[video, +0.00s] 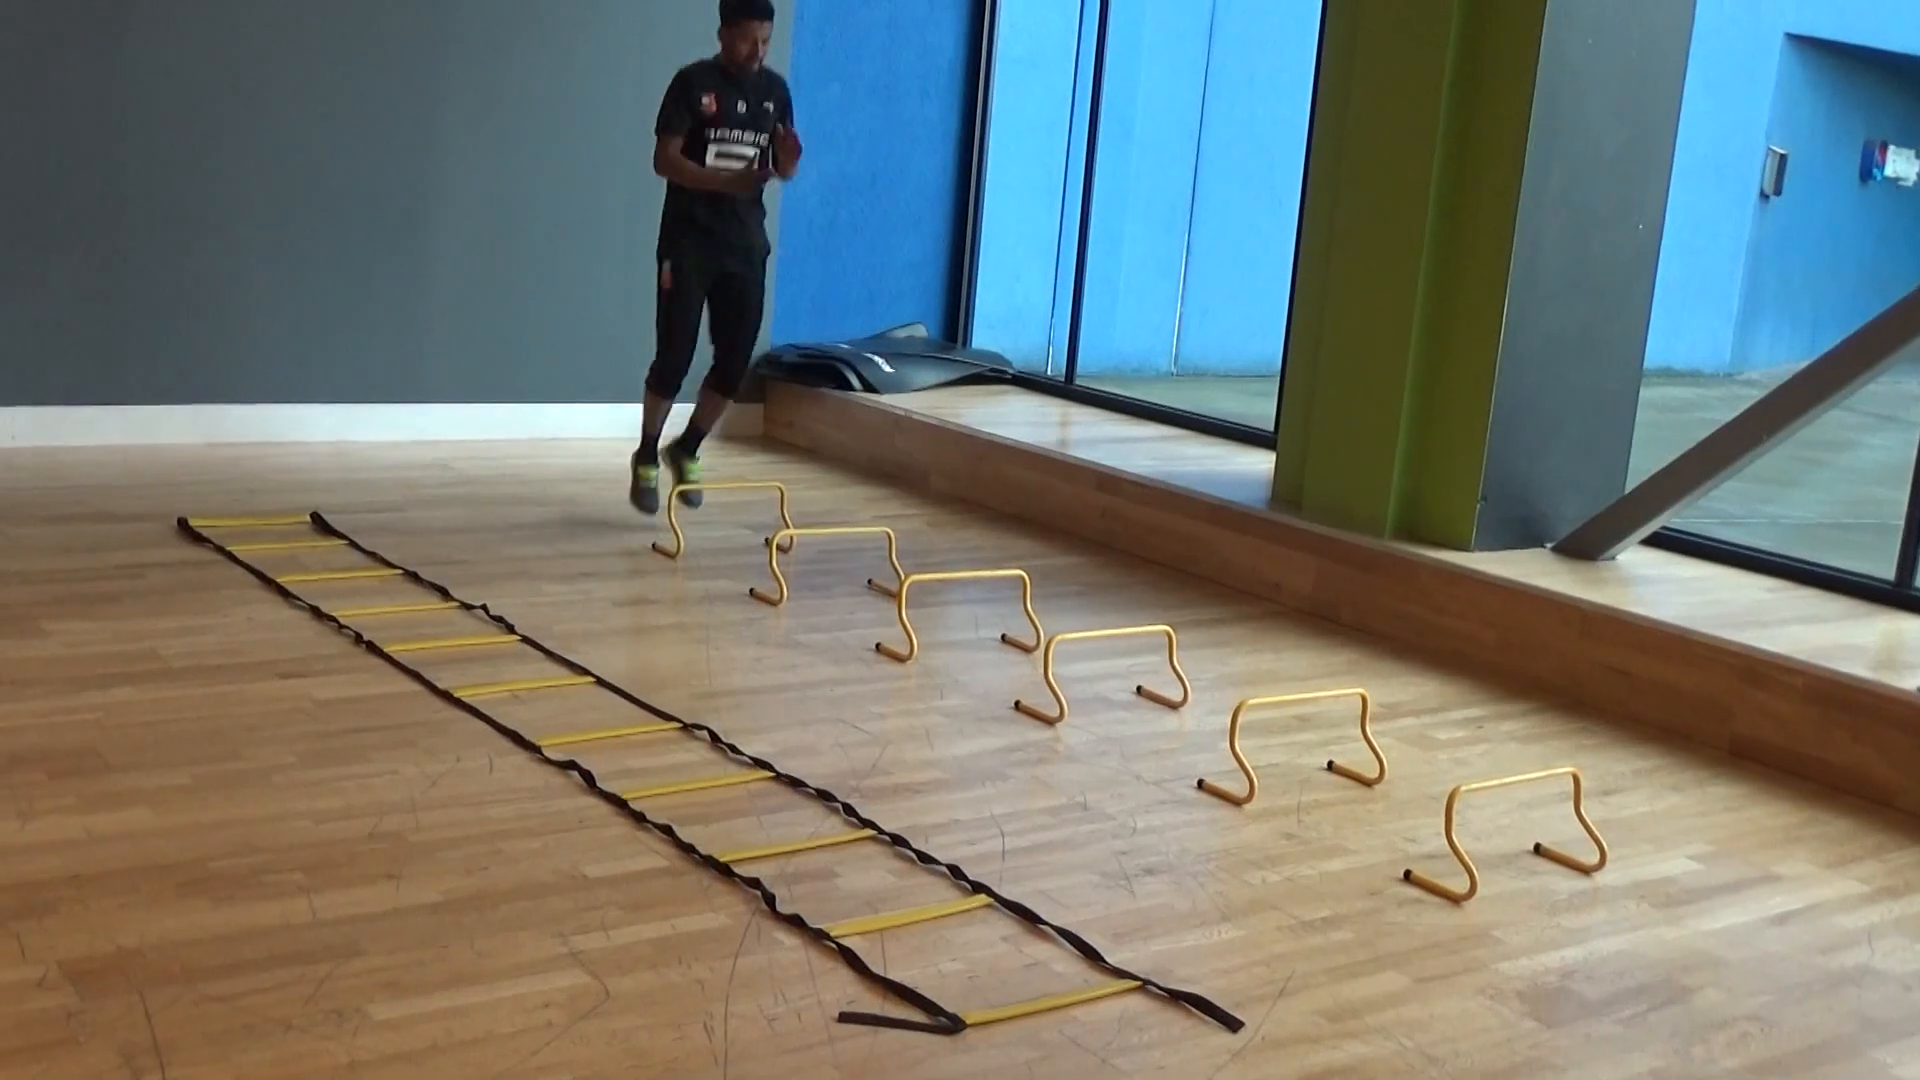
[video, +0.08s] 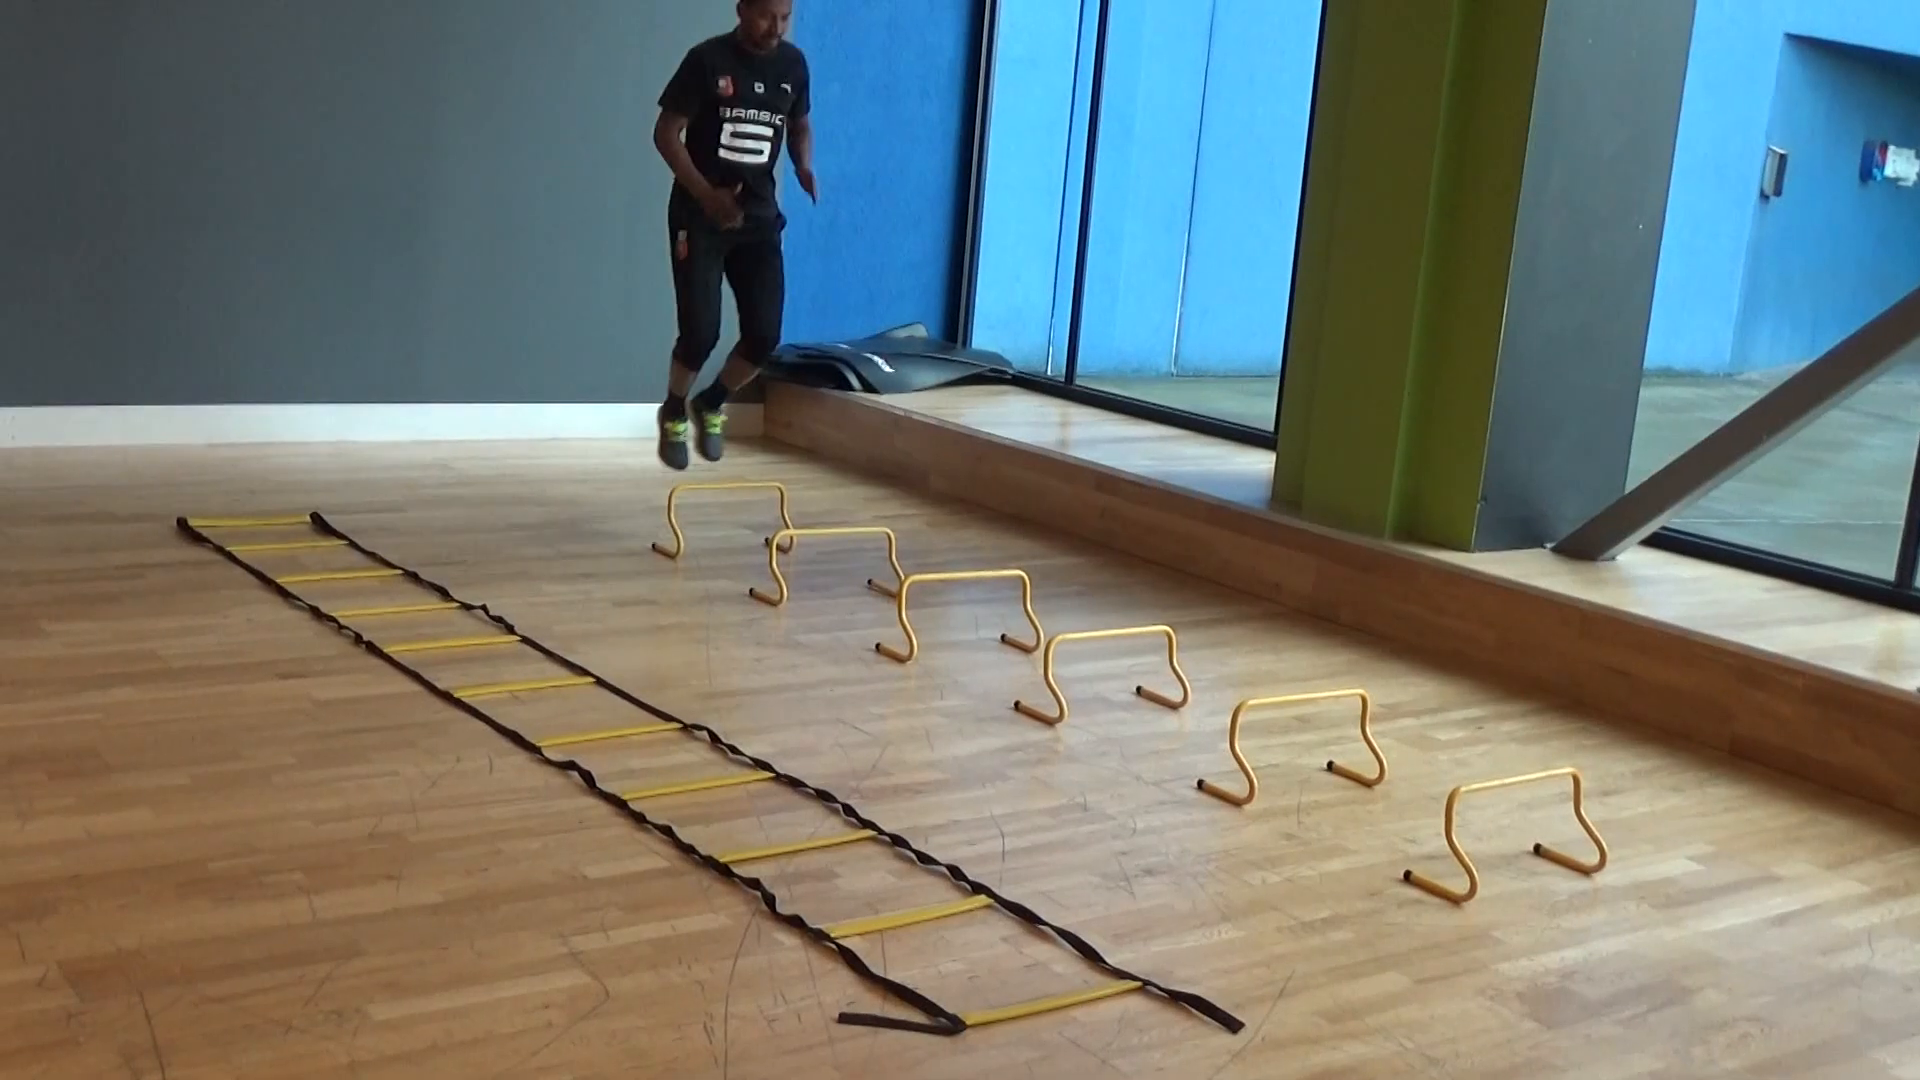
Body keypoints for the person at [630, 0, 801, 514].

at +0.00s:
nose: (755, 51)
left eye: (763, 41)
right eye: (747, 39)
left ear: (769, 38)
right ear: (723, 32)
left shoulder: (774, 88)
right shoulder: (692, 81)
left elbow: (784, 168)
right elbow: (665, 162)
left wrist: (787, 156)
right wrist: (729, 180)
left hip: (744, 243)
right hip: (687, 239)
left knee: (734, 361)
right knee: (674, 357)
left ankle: (686, 453)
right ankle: (646, 457)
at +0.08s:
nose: (776, 28)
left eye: (784, 17)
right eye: (767, 16)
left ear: (791, 16)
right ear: (742, 11)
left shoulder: (793, 64)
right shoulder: (706, 59)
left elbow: (799, 123)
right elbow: (666, 134)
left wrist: (804, 164)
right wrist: (704, 193)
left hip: (759, 215)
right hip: (700, 212)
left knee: (763, 340)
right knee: (700, 337)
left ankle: (710, 403)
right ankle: (673, 413)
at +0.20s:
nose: (806, 30)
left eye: (814, 21)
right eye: (796, 19)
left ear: (821, 18)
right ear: (771, 12)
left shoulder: (820, 63)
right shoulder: (730, 59)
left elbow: (819, 116)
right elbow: (663, 104)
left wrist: (815, 180)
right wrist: (654, 188)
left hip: (779, 211)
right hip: (719, 210)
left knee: (792, 330)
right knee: (728, 331)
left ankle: (760, 438)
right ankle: (718, 444)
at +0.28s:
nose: (814, 50)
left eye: (824, 40)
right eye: (805, 38)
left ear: (834, 34)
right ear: (781, 27)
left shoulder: (833, 80)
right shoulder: (740, 73)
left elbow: (807, 142)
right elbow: (675, 87)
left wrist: (803, 210)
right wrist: (661, 169)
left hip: (796, 236)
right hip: (734, 235)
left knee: (803, 363)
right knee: (739, 362)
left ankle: (783, 488)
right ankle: (738, 492)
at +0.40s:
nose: (826, 99)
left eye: (834, 88)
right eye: (815, 87)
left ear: (840, 87)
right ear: (789, 84)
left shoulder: (844, 144)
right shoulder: (751, 140)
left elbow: (826, 216)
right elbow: (707, 202)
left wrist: (826, 283)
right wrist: (704, 284)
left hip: (820, 303)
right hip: (761, 301)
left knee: (821, 434)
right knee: (770, 431)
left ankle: (783, 538)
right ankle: (746, 538)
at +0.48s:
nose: (833, 111)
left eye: (839, 100)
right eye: (822, 101)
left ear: (845, 100)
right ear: (795, 100)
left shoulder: (855, 164)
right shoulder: (767, 164)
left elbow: (860, 239)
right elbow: (745, 250)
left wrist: (887, 290)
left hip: (831, 324)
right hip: (774, 323)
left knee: (821, 457)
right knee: (783, 449)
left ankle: (777, 538)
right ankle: (748, 543)